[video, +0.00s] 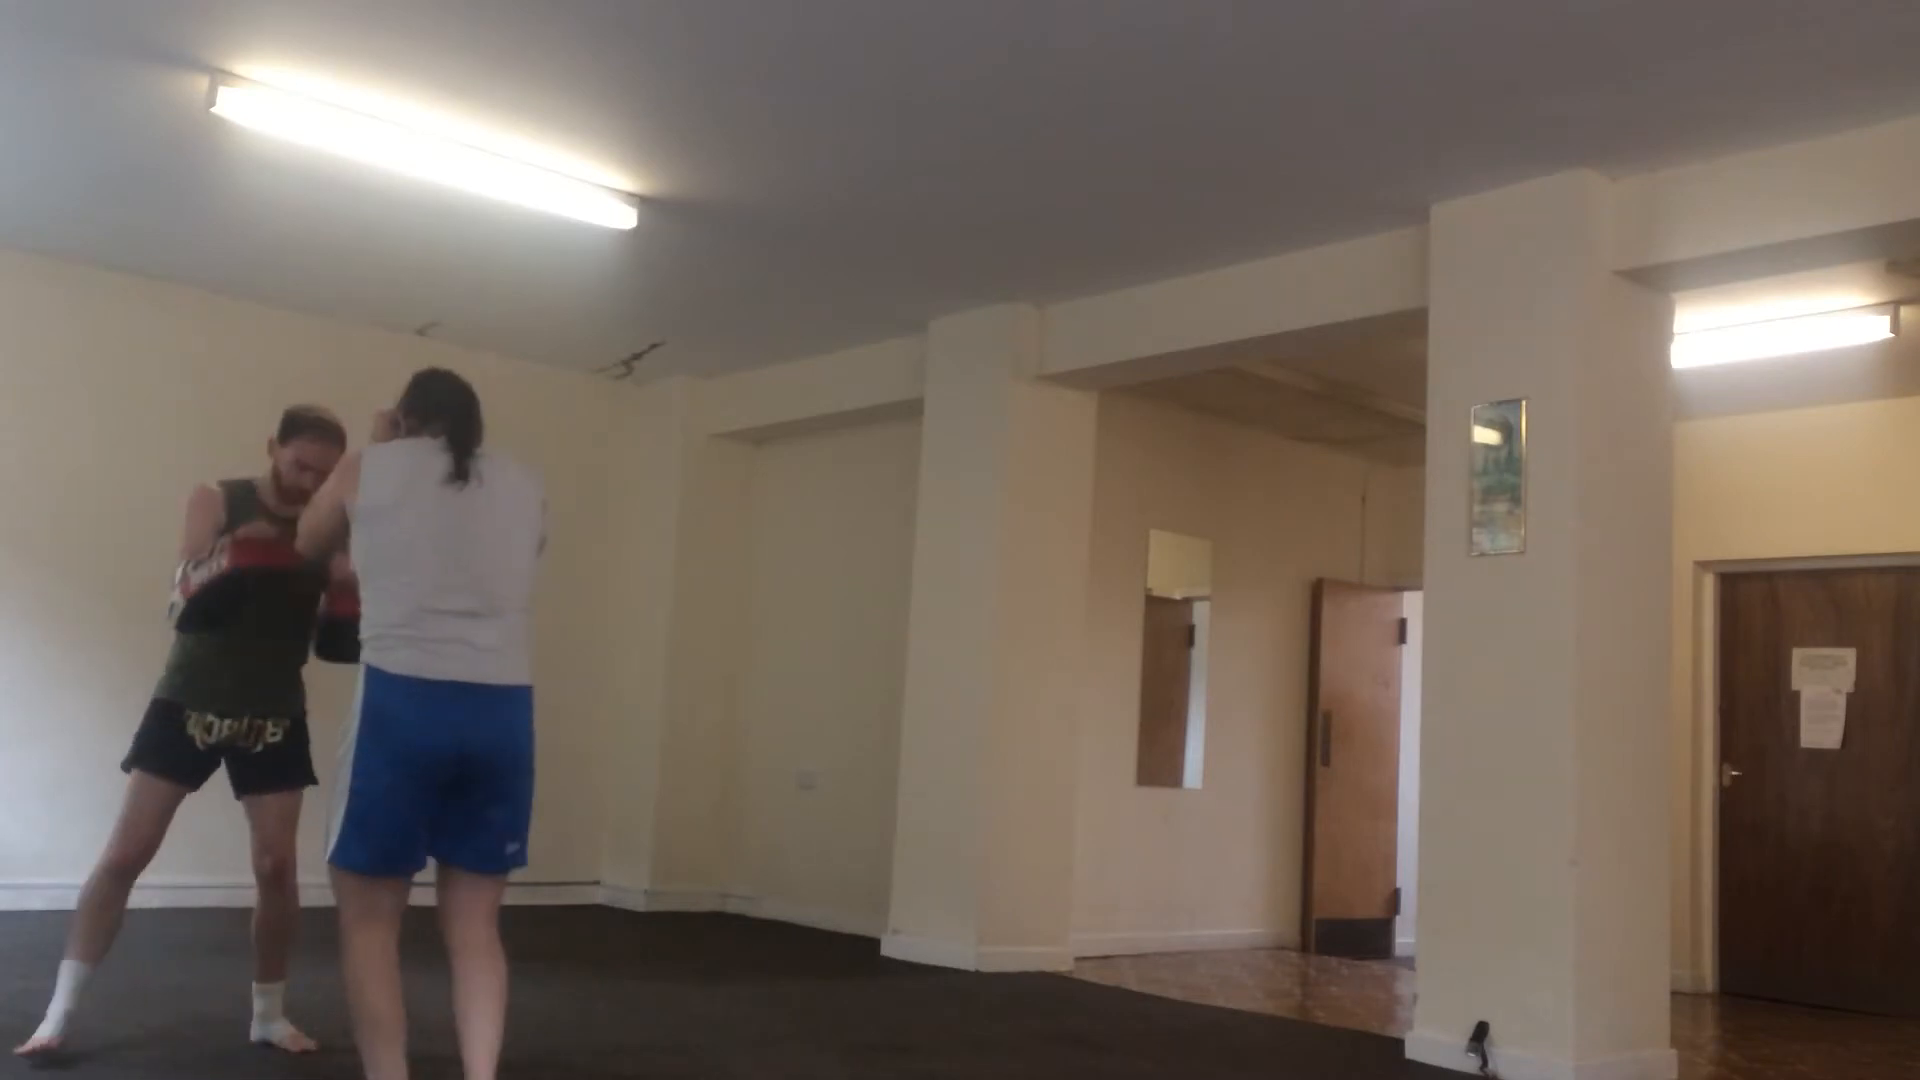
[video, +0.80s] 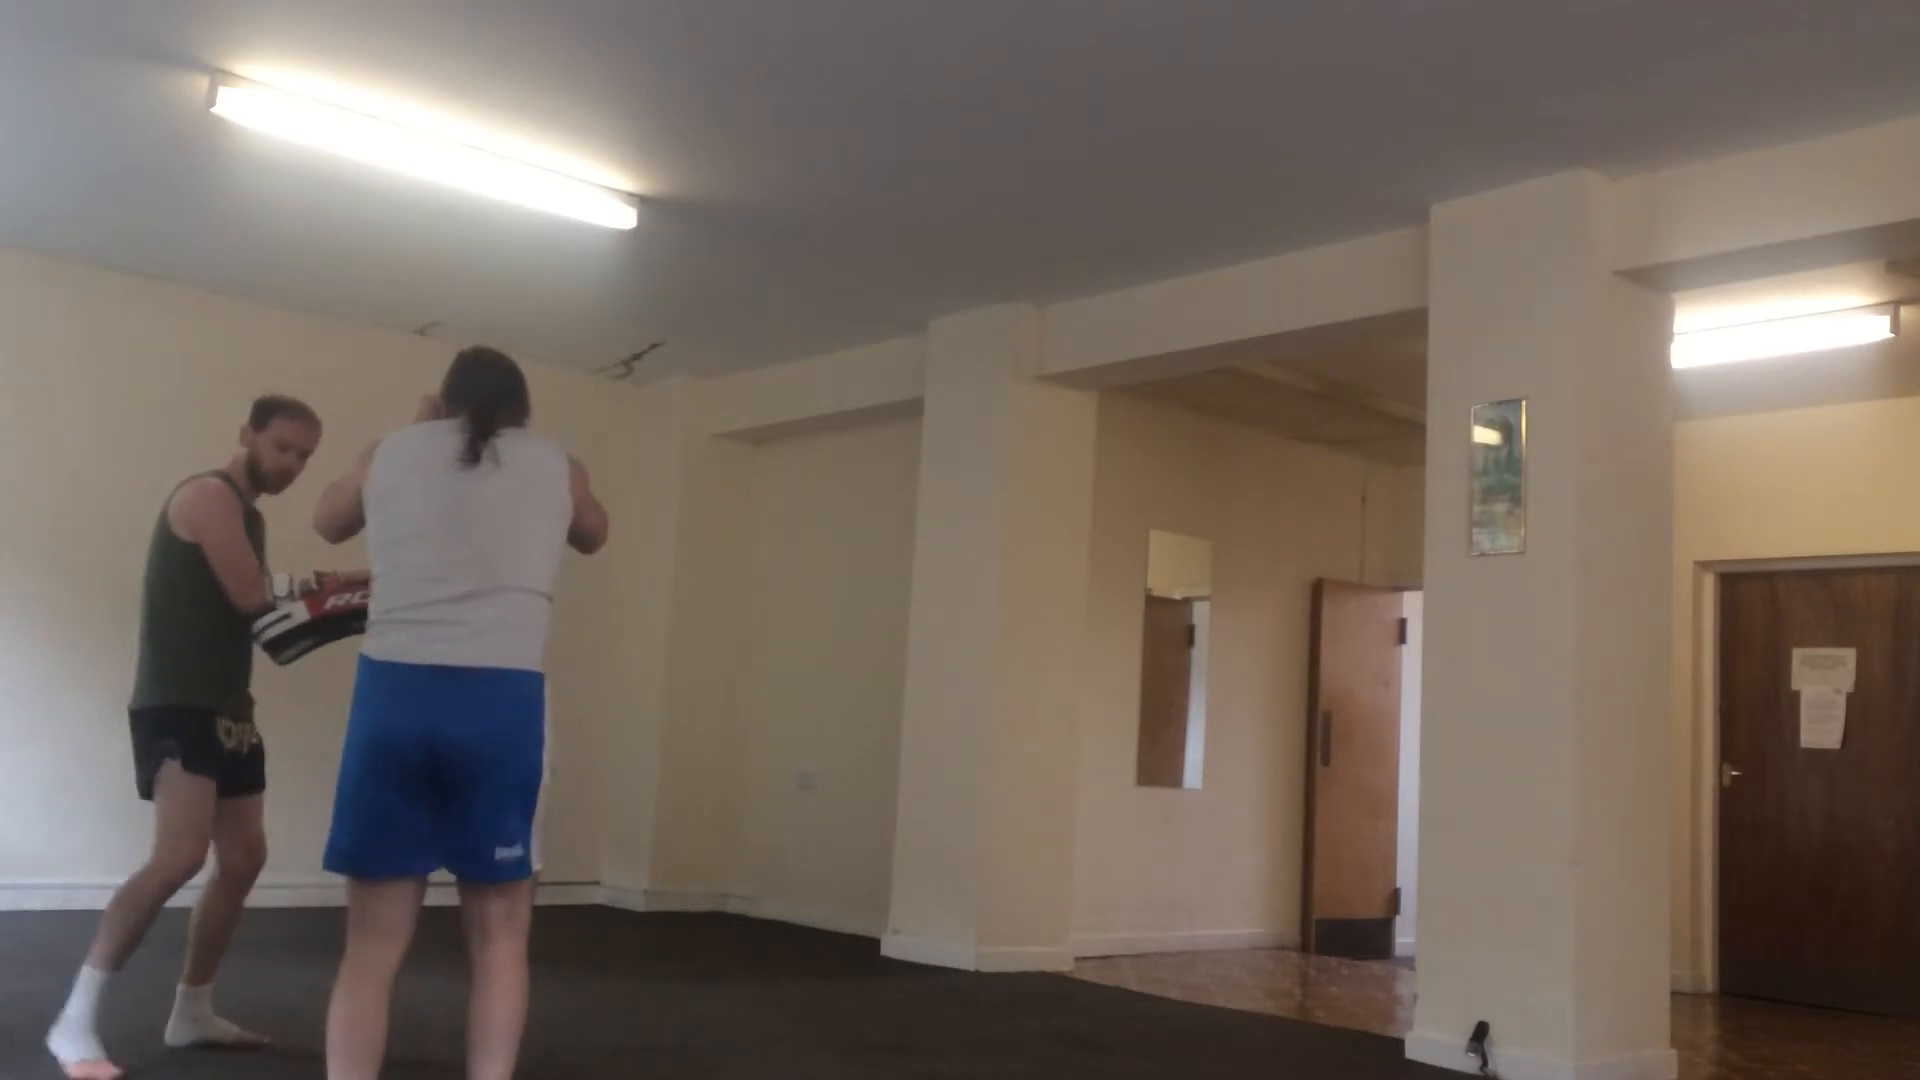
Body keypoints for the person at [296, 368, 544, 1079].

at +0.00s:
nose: (389, 414)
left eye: (395, 408)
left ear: (406, 416)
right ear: (474, 424)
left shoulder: (369, 466)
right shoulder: (524, 485)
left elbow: (311, 538)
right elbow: (520, 570)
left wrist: (368, 452)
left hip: (402, 715)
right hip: (501, 720)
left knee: (370, 915)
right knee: (476, 922)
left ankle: (387, 1071)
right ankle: (482, 1073)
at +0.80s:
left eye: (447, 385)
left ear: (443, 397)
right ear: (521, 406)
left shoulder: (391, 452)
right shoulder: (554, 464)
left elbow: (329, 520)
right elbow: (593, 535)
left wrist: (408, 439)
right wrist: (545, 478)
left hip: (392, 706)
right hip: (500, 711)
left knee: (373, 939)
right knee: (499, 933)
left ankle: (347, 1074)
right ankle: (490, 1073)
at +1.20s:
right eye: (541, 425)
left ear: (459, 427)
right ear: (535, 431)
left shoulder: (402, 483)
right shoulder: (557, 492)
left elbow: (321, 505)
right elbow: (629, 528)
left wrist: (408, 481)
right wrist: (560, 451)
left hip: (378, 730)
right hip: (485, 736)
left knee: (365, 946)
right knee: (509, 950)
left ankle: (345, 1073)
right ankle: (478, 1075)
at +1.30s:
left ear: (466, 454)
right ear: (542, 461)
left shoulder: (406, 510)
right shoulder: (560, 521)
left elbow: (285, 533)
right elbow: (642, 546)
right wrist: (571, 472)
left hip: (373, 757)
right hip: (479, 765)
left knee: (355, 924)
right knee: (525, 963)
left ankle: (314, 1072)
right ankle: (489, 1076)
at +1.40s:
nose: (451, 464)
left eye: (454, 455)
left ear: (454, 460)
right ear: (528, 466)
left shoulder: (395, 519)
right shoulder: (556, 533)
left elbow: (264, 560)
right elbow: (623, 558)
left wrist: (151, 583)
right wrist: (554, 484)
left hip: (364, 762)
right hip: (466, 775)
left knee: (340, 912)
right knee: (523, 975)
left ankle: (302, 1069)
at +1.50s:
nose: (409, 457)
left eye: (414, 447)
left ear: (422, 453)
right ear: (493, 459)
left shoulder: (375, 520)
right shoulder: (526, 535)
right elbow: (582, 566)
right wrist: (508, 492)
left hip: (358, 766)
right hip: (459, 776)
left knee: (323, 910)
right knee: (498, 986)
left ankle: (310, 1066)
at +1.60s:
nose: (369, 450)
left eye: (372, 440)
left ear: (385, 448)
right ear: (458, 454)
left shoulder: (346, 527)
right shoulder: (494, 539)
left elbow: (199, 552)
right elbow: (551, 601)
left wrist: (125, 498)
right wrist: (487, 561)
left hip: (353, 767)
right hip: (454, 771)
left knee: (309, 906)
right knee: (472, 933)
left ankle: (311, 1066)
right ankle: (493, 1049)